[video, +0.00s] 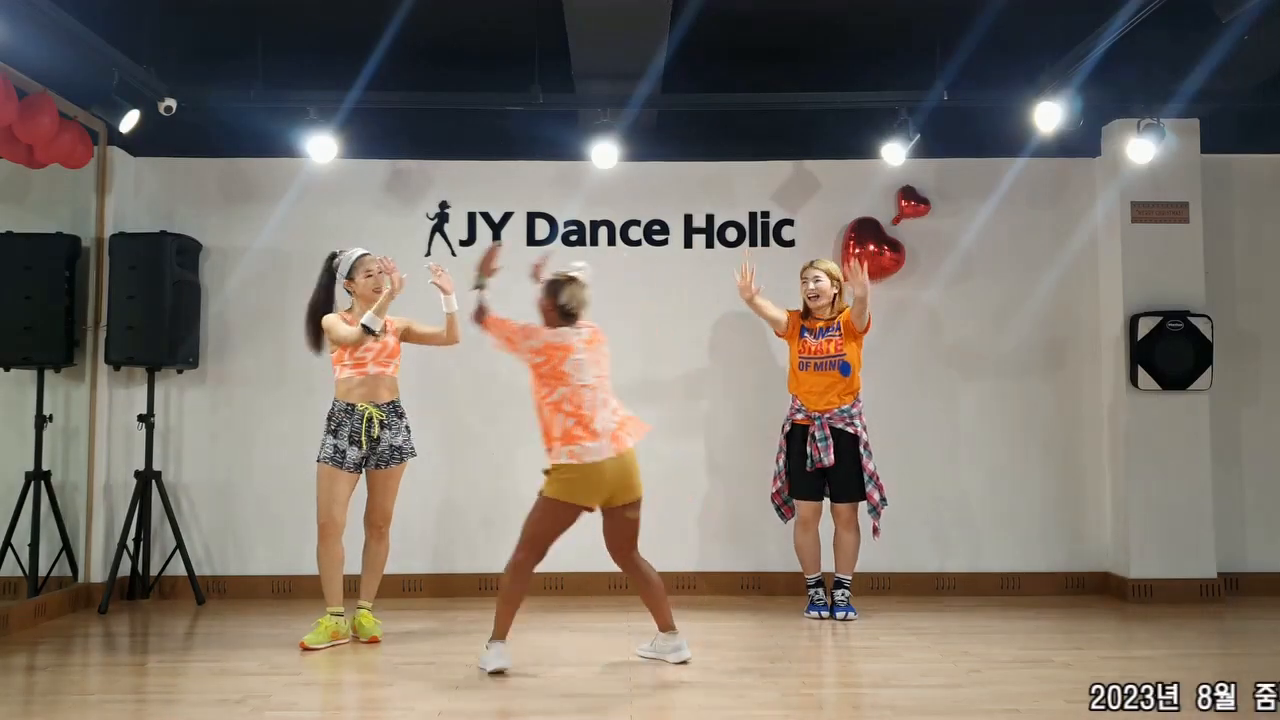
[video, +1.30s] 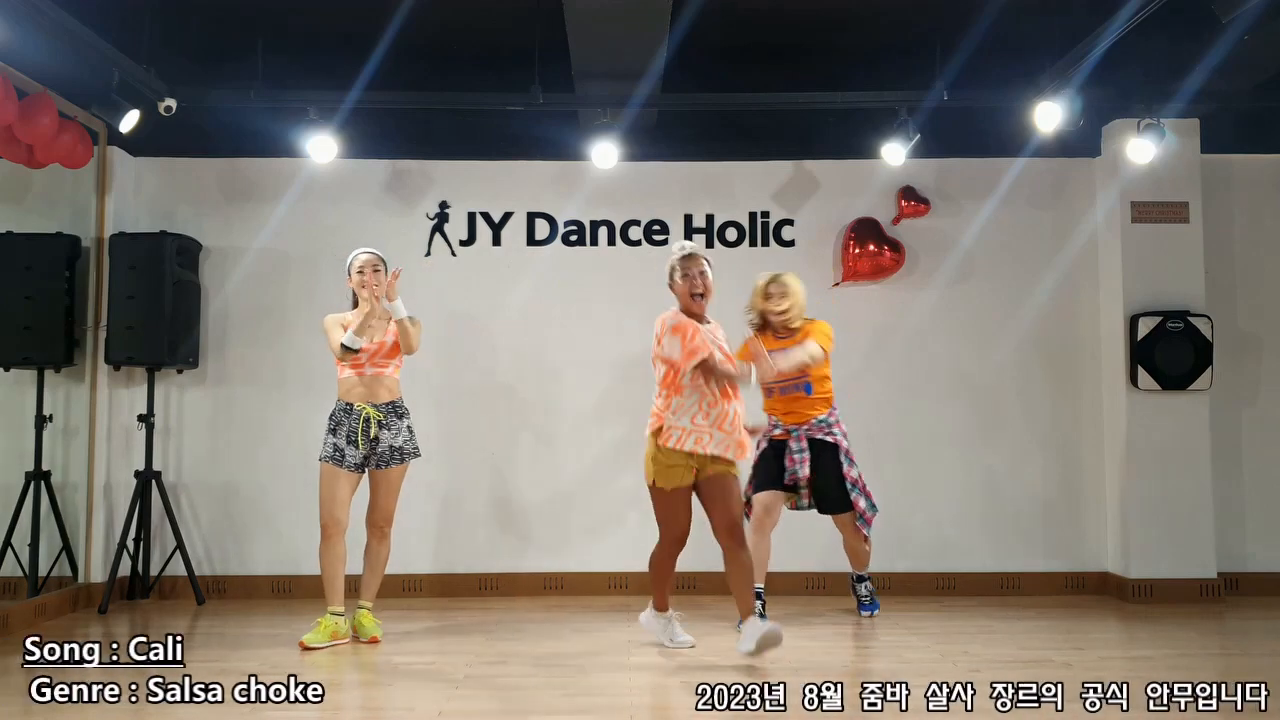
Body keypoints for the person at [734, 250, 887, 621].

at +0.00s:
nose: (811, 287)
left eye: (819, 281)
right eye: (806, 282)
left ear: (835, 288)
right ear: (800, 290)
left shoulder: (848, 322)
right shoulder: (794, 324)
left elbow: (859, 311)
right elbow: (773, 315)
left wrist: (861, 293)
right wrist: (752, 299)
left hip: (844, 427)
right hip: (802, 427)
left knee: (846, 515)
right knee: (807, 514)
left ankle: (842, 592)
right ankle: (814, 592)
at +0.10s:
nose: (808, 287)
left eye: (815, 281)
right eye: (804, 282)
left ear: (834, 287)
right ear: (801, 291)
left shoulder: (851, 323)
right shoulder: (795, 324)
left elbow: (858, 325)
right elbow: (774, 326)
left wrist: (851, 304)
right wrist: (752, 323)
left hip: (844, 427)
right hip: (802, 427)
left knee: (846, 514)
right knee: (800, 513)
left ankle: (842, 592)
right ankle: (813, 588)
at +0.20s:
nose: (806, 288)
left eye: (813, 282)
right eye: (803, 283)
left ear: (833, 287)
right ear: (801, 291)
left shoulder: (854, 321)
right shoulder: (796, 324)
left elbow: (857, 338)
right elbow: (774, 338)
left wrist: (853, 353)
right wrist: (750, 348)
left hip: (842, 427)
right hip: (801, 427)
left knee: (846, 513)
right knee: (792, 506)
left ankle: (842, 591)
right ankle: (806, 582)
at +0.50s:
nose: (789, 293)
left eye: (796, 286)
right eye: (785, 288)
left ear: (816, 291)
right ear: (784, 296)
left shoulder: (838, 328)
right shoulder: (779, 333)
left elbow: (831, 364)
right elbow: (749, 360)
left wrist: (809, 391)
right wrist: (723, 376)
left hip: (833, 431)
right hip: (791, 432)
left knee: (843, 519)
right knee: (775, 510)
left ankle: (842, 594)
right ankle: (758, 597)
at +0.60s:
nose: (772, 296)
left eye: (778, 289)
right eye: (768, 291)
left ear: (800, 293)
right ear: (766, 297)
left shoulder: (824, 328)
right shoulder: (762, 337)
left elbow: (815, 360)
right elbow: (726, 362)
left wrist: (776, 366)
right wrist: (700, 357)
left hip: (828, 433)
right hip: (785, 436)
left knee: (841, 519)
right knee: (771, 511)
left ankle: (842, 593)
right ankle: (756, 601)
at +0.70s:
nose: (751, 299)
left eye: (758, 292)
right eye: (746, 294)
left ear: (780, 297)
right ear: (743, 303)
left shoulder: (805, 327)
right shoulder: (745, 341)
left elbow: (798, 357)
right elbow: (706, 364)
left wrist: (752, 332)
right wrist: (692, 335)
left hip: (819, 433)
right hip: (776, 436)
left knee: (838, 519)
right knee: (763, 513)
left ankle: (842, 592)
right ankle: (755, 603)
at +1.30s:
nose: (778, 303)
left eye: (785, 295)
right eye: (770, 298)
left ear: (798, 299)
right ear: (761, 304)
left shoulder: (819, 331)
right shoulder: (756, 343)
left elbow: (806, 355)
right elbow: (735, 373)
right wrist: (715, 369)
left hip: (821, 435)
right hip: (778, 437)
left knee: (848, 521)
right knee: (762, 512)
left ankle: (862, 581)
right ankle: (756, 598)